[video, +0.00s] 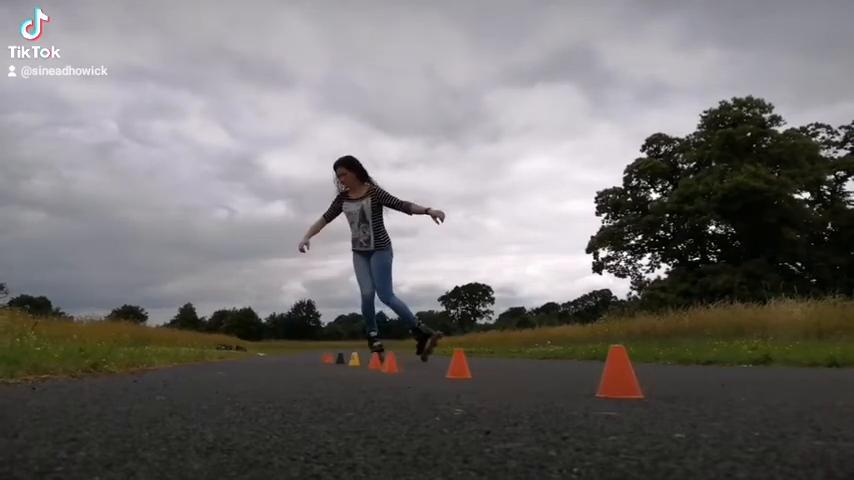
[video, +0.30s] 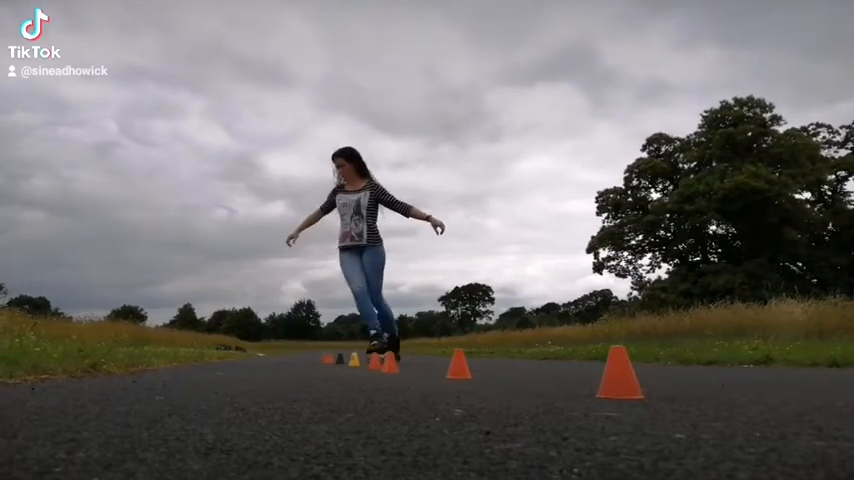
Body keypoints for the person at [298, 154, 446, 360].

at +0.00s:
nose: (341, 180)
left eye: (343, 175)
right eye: (339, 177)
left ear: (356, 172)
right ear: (338, 178)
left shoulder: (373, 192)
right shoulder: (343, 198)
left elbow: (400, 205)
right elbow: (325, 218)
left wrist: (428, 211)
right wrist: (307, 235)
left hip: (380, 250)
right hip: (359, 252)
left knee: (385, 295)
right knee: (367, 293)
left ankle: (419, 331)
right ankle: (372, 336)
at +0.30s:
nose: (338, 171)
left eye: (341, 166)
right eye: (336, 167)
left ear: (354, 164)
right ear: (338, 169)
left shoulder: (373, 188)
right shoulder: (338, 192)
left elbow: (401, 207)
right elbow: (320, 212)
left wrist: (429, 218)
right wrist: (298, 230)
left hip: (371, 247)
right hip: (347, 249)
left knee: (375, 296)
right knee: (359, 290)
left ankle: (392, 338)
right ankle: (376, 335)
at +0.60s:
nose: (313, 163)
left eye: (315, 158)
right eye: (311, 159)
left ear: (327, 155)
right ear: (318, 158)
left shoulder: (348, 175)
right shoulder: (320, 180)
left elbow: (367, 197)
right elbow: (320, 211)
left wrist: (389, 210)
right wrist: (303, 235)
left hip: (344, 239)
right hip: (319, 239)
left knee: (330, 288)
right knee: (312, 286)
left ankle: (335, 337)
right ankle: (300, 336)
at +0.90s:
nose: (286, 165)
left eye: (285, 159)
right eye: (283, 161)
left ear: (295, 153)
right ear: (295, 155)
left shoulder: (312, 169)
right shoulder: (307, 172)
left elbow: (314, 204)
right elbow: (310, 207)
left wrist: (301, 232)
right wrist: (300, 234)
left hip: (323, 235)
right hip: (313, 236)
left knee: (291, 281)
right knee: (279, 279)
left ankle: (288, 338)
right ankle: (272, 332)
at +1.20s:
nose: (278, 173)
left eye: (278, 169)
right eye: (277, 169)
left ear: (283, 165)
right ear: (301, 159)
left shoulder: (284, 180)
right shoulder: (324, 174)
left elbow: (264, 216)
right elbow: (350, 198)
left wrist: (237, 236)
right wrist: (365, 229)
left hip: (308, 233)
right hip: (334, 237)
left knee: (263, 276)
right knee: (306, 290)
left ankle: (245, 334)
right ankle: (291, 334)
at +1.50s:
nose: (296, 172)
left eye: (296, 168)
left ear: (299, 165)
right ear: (323, 156)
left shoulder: (300, 181)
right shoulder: (341, 167)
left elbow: (292, 222)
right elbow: (371, 180)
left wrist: (277, 248)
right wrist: (399, 203)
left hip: (326, 231)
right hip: (356, 230)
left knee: (317, 286)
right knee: (334, 288)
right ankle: (337, 336)